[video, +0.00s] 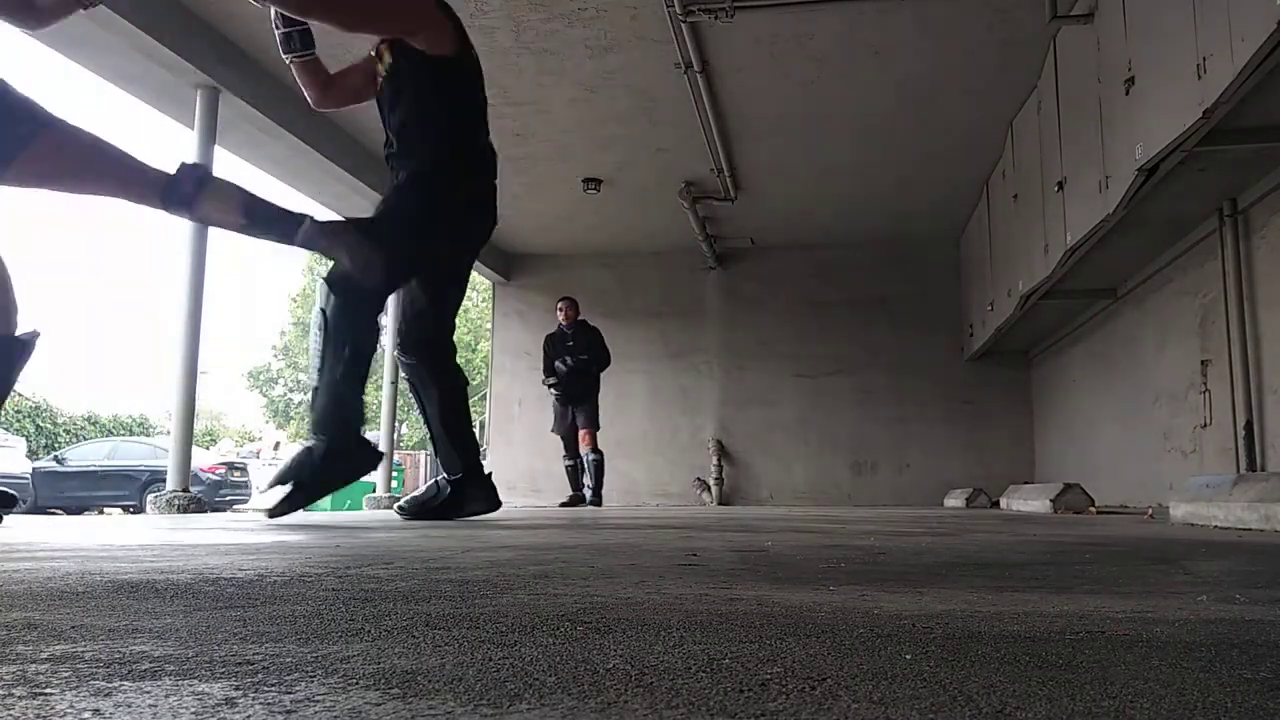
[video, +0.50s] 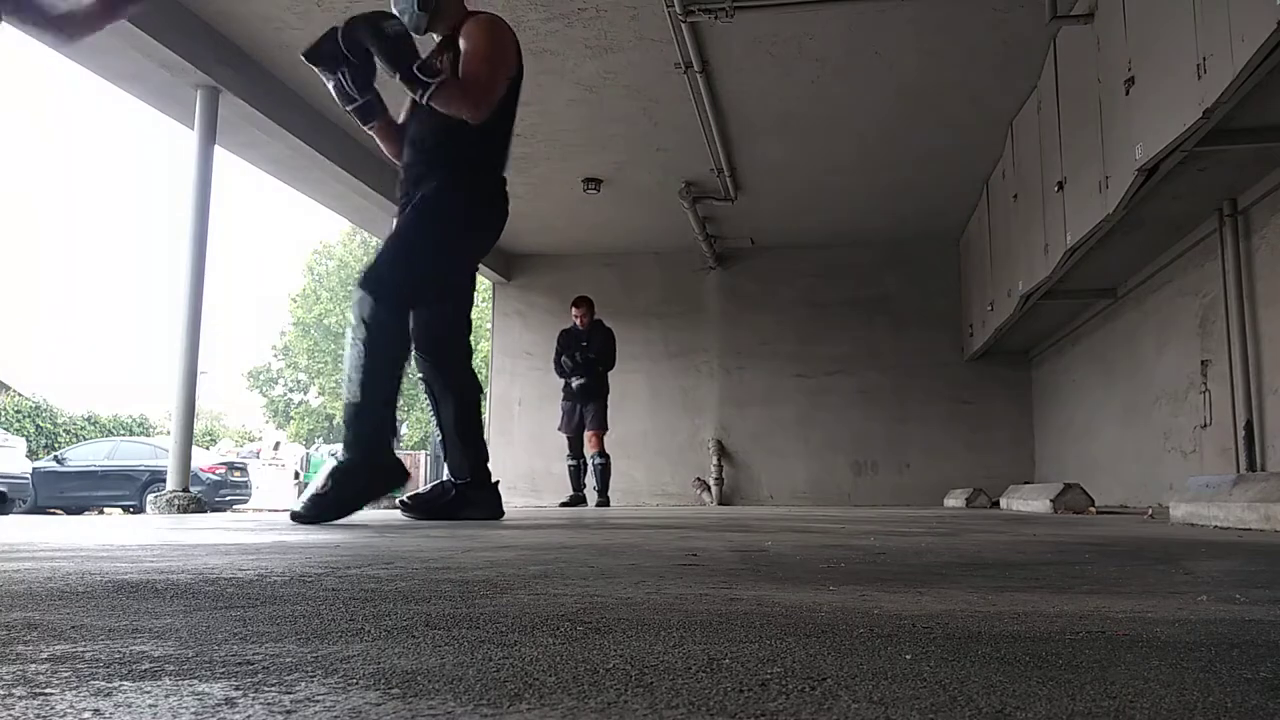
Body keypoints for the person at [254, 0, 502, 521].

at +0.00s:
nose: (373, 19)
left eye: (380, 13)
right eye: (374, 16)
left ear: (409, 3)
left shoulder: (432, 20)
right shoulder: (387, 58)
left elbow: (341, 14)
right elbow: (323, 93)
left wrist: (277, 6)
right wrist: (289, 25)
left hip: (440, 193)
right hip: (439, 202)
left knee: (348, 286)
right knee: (421, 344)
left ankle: (337, 440)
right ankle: (466, 478)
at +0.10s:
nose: (386, 20)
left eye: (393, 13)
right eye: (386, 15)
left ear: (416, 1)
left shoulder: (439, 19)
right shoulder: (394, 56)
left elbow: (348, 16)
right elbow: (330, 92)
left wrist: (282, 3)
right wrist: (293, 21)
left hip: (440, 196)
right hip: (435, 202)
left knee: (358, 299)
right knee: (418, 343)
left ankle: (363, 456)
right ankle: (466, 477)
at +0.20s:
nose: (398, 20)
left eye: (403, 14)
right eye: (398, 15)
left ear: (428, 1)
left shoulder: (455, 22)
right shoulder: (404, 57)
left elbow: (361, 17)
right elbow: (338, 92)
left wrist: (299, 2)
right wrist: (302, 23)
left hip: (440, 201)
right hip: (417, 206)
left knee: (371, 308)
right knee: (411, 341)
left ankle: (372, 469)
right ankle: (466, 475)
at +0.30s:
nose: (393, 11)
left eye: (398, 7)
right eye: (394, 10)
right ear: (412, 11)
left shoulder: (465, 18)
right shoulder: (418, 53)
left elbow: (397, 40)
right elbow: (355, 103)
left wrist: (330, 3)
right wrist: (326, 52)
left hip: (445, 197)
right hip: (415, 203)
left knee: (380, 315)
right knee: (424, 341)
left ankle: (375, 471)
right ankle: (467, 479)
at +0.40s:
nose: (403, 15)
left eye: (404, 7)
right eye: (399, 12)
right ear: (411, 16)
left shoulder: (478, 23)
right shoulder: (427, 60)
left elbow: (443, 78)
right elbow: (387, 137)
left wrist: (369, 26)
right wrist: (346, 79)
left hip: (451, 200)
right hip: (420, 208)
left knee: (393, 314)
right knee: (438, 347)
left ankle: (378, 472)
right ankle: (470, 484)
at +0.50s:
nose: (409, 17)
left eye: (411, 9)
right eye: (406, 13)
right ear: (424, 14)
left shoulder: (484, 28)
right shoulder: (441, 61)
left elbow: (476, 104)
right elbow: (407, 155)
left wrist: (411, 65)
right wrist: (363, 103)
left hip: (458, 203)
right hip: (432, 208)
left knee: (377, 295)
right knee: (440, 347)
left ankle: (368, 460)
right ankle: (471, 483)